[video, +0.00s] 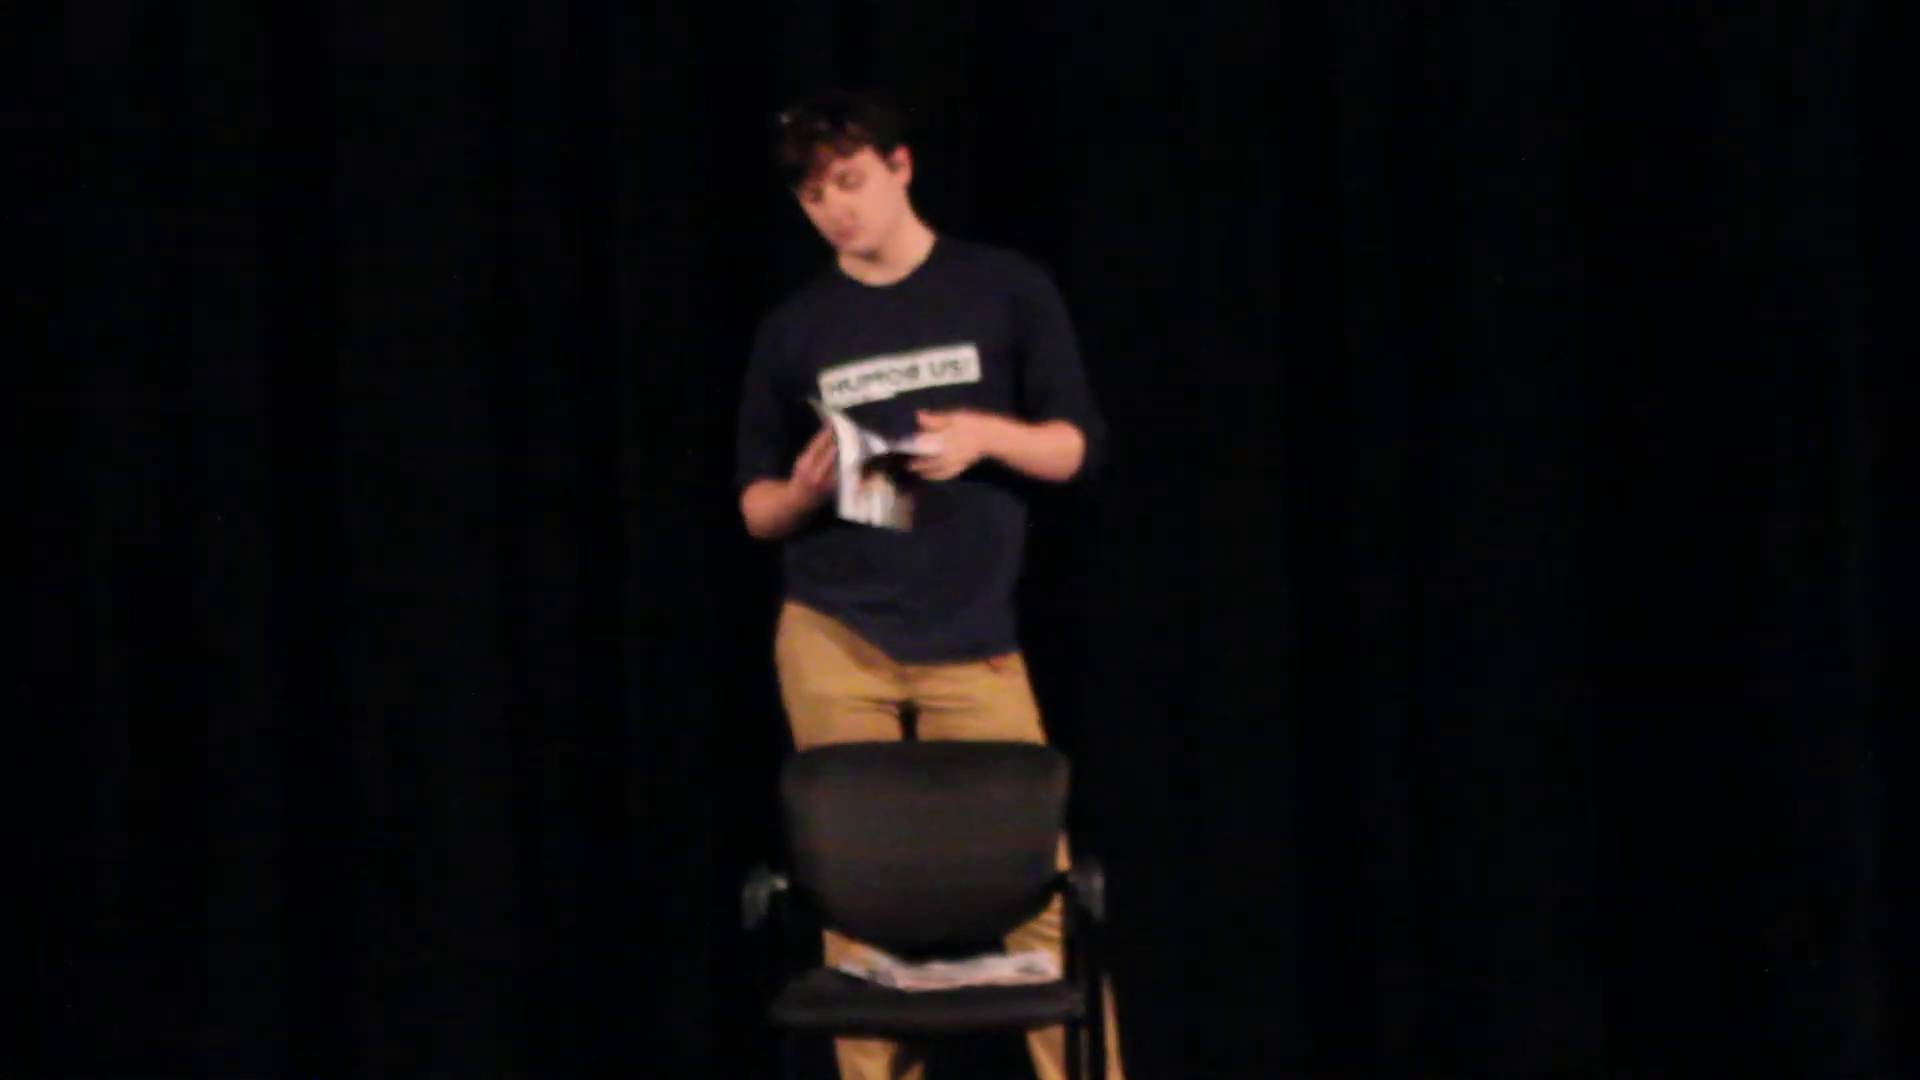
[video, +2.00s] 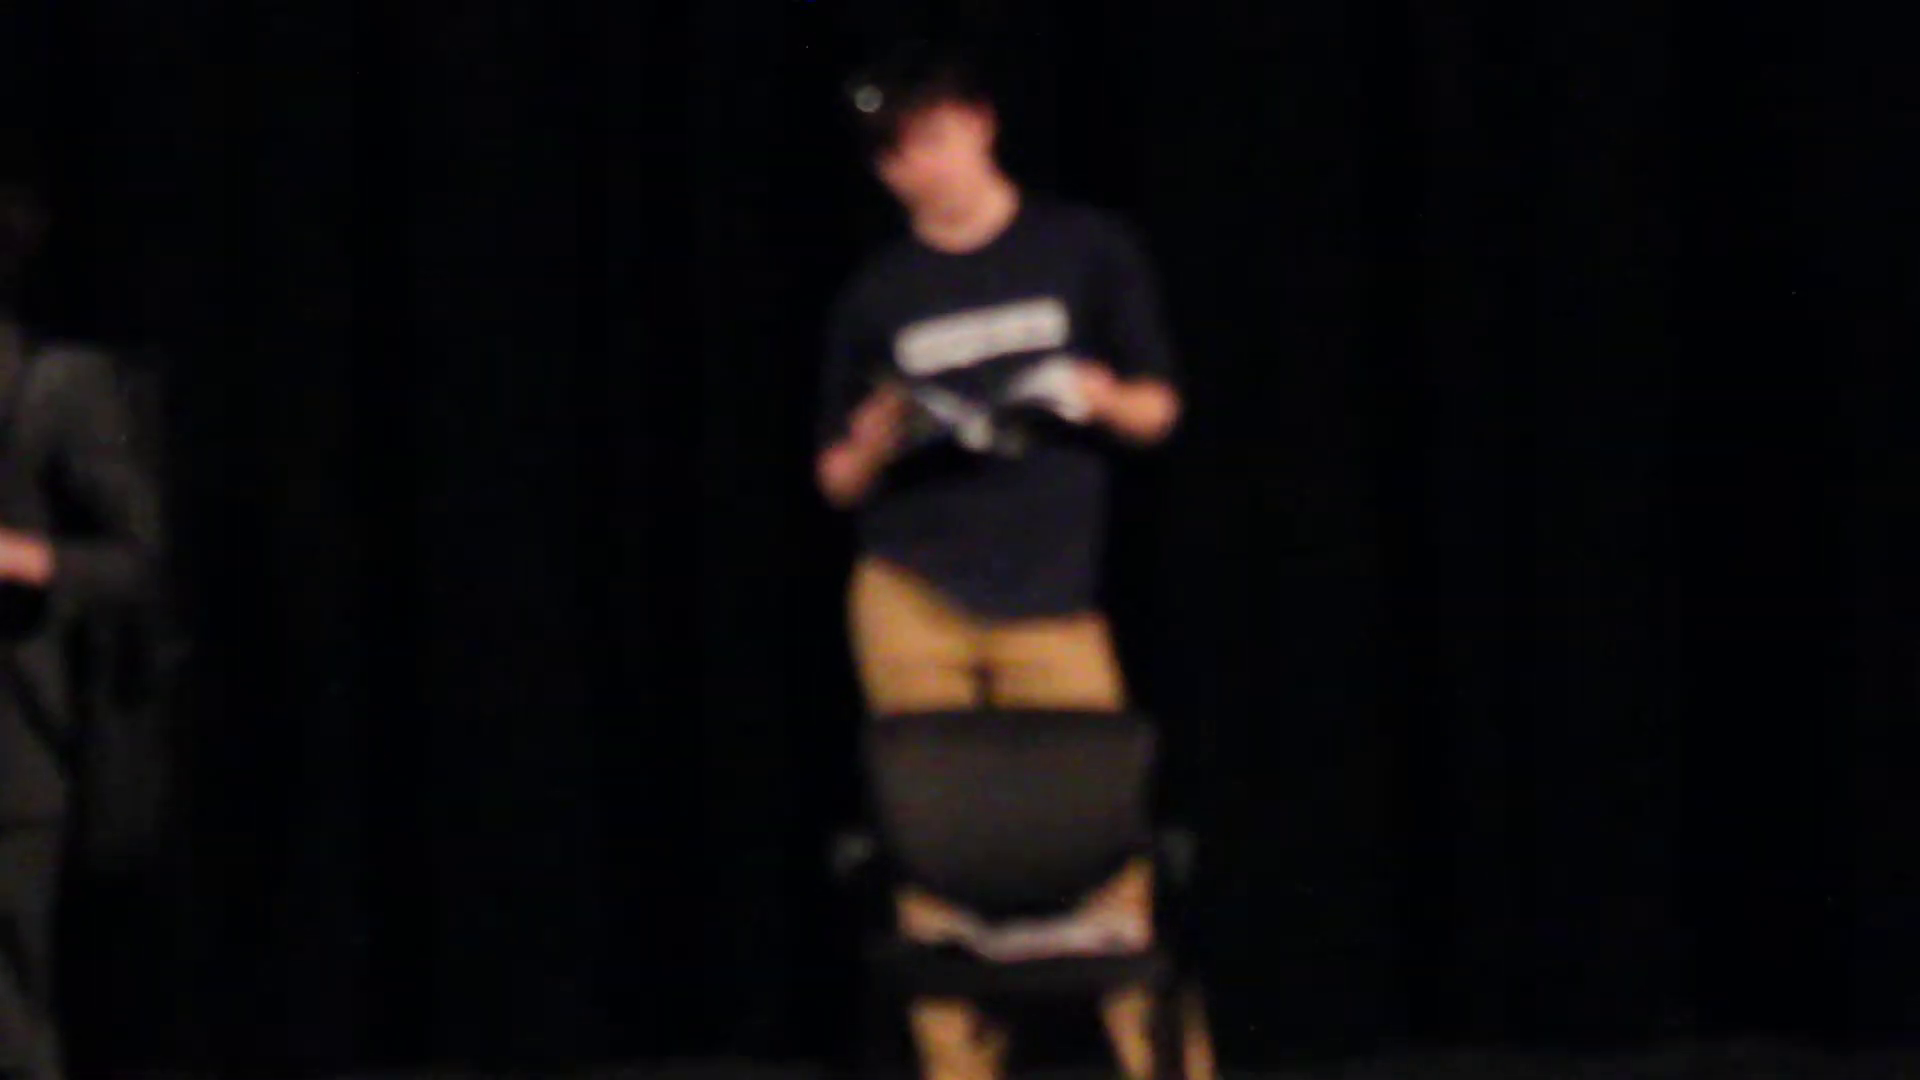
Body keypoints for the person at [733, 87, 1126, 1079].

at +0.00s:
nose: (834, 206)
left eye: (846, 179)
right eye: (815, 191)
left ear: (900, 166)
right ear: (802, 207)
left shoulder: (1007, 291)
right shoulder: (795, 328)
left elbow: (1074, 448)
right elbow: (755, 511)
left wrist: (986, 435)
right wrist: (803, 491)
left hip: (973, 637)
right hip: (832, 637)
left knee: (1031, 874)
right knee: (854, 884)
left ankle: (1083, 1074)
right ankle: (871, 1079)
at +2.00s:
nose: (909, 166)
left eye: (925, 138)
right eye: (894, 148)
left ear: (981, 125)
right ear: (880, 164)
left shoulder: (1086, 255)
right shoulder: (878, 290)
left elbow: (1159, 412)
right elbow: (834, 480)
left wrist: (1100, 397)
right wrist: (877, 435)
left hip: (1053, 597)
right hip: (910, 593)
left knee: (1104, 847)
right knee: (930, 851)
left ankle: (1161, 1067)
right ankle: (955, 1069)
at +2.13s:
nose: (959, 190)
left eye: (971, 163)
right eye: (939, 175)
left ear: (1022, 150)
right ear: (923, 193)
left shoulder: (1131, 278)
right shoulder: (922, 313)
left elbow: (1204, 433)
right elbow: (882, 502)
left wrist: (1147, 424)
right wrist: (919, 466)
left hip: (1102, 620)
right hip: (961, 618)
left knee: (1153, 862)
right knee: (985, 870)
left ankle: (1206, 1067)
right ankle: (1010, 1073)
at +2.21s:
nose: (1023, 200)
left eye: (1034, 173)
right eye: (1002, 186)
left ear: (1082, 160)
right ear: (986, 204)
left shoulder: (1190, 285)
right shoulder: (983, 325)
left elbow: (1264, 442)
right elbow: (942, 512)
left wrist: (1208, 434)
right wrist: (978, 478)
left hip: (1158, 628)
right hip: (1019, 627)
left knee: (1208, 869)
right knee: (1040, 874)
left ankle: (1263, 1068)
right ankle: (1059, 1074)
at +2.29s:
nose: (1061, 207)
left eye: (1073, 180)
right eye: (1038, 193)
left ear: (1118, 166)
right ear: (1021, 208)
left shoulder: (1226, 292)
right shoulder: (1016, 331)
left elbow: (1298, 445)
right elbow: (976, 516)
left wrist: (1237, 441)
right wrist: (1013, 489)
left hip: (1191, 634)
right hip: (1053, 635)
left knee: (1242, 871)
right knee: (1075, 878)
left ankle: (1291, 1068)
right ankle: (1091, 1075)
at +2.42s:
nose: (1104, 209)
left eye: (1116, 183)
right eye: (1079, 195)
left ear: (1157, 175)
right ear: (1059, 213)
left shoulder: (1259, 296)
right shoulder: (1046, 339)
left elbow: (1333, 447)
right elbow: (1004, 520)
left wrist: (1252, 460)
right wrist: (1051, 508)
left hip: (1224, 642)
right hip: (1086, 643)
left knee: (1275, 875)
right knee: (1106, 880)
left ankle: (1320, 1071)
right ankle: (1122, 1078)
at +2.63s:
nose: (1298, 217)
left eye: (1311, 193)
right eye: (1272, 201)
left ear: (1340, 200)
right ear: (1235, 223)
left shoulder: (1425, 318)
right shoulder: (1210, 353)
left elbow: (1496, 471)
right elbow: (1161, 529)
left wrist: (1389, 491)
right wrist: (1254, 522)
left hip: (1397, 662)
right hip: (1258, 664)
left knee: (1443, 894)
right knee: (1286, 902)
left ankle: (1477, 1072)